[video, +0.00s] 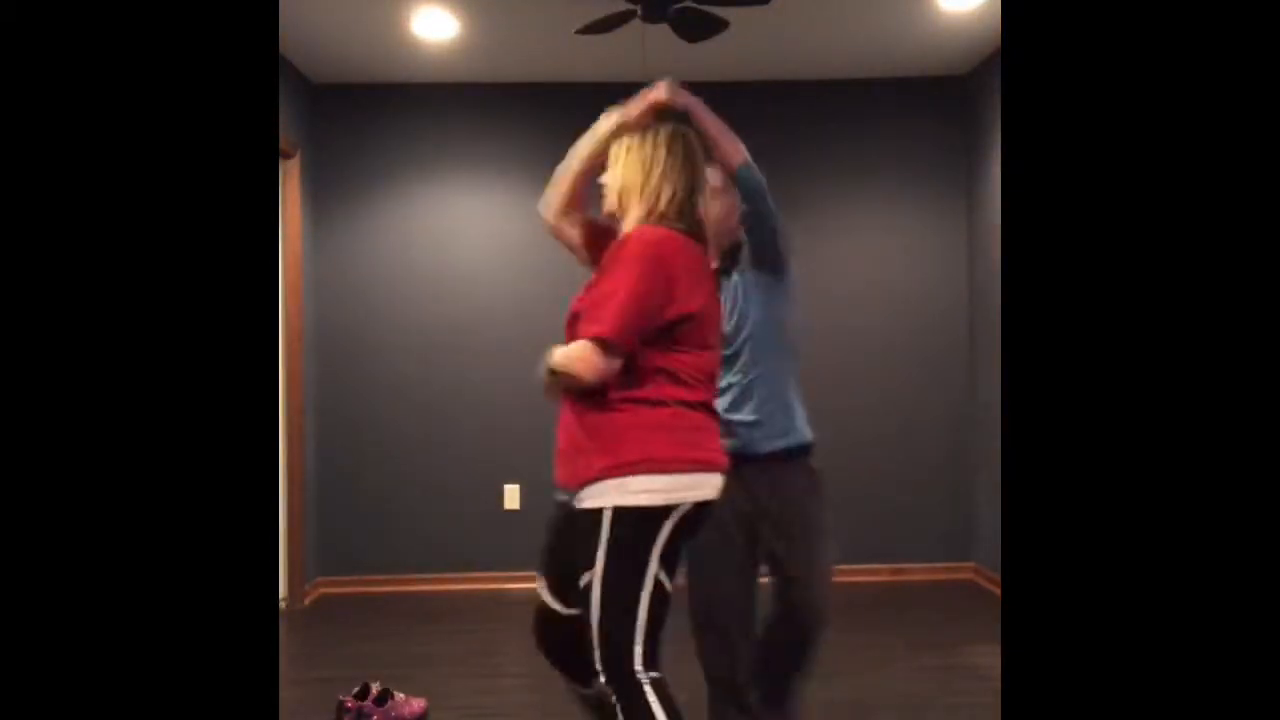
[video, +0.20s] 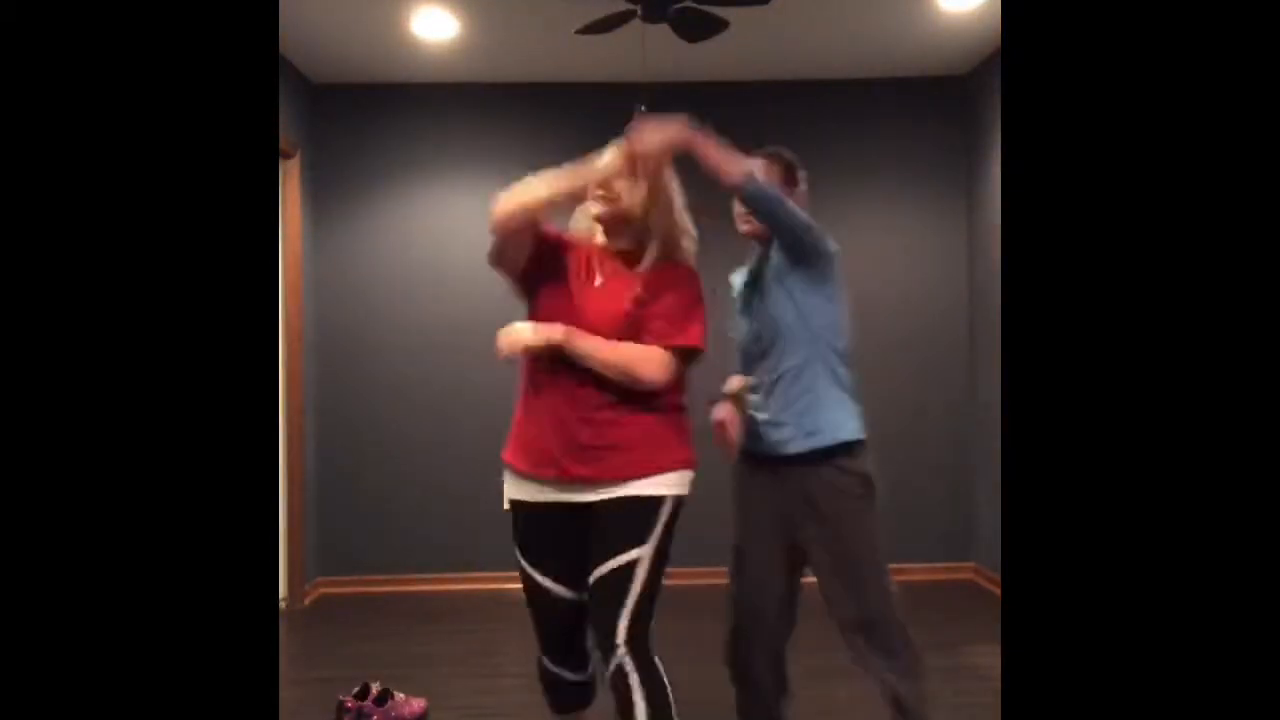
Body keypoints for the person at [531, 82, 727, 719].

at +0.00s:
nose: (606, 173)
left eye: (616, 159)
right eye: (607, 160)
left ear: (638, 169)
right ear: (674, 171)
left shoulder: (654, 247)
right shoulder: (635, 246)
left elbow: (593, 365)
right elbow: (559, 211)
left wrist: (555, 355)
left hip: (647, 482)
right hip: (613, 480)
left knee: (621, 663)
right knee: (562, 634)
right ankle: (623, 708)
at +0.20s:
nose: (605, 187)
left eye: (622, 178)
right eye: (600, 177)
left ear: (652, 195)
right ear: (590, 189)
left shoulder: (671, 276)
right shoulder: (551, 258)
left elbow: (657, 368)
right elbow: (508, 215)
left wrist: (559, 335)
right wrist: (594, 167)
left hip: (638, 481)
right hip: (541, 479)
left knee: (620, 640)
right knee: (560, 648)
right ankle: (573, 713)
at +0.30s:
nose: (621, 194)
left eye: (632, 188)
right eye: (609, 185)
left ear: (646, 205)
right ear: (582, 199)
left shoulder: (661, 275)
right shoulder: (545, 260)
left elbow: (682, 374)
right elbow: (511, 293)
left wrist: (609, 347)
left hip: (640, 476)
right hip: (544, 477)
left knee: (623, 638)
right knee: (568, 640)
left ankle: (635, 713)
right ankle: (575, 715)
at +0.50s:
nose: (628, 200)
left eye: (631, 192)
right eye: (614, 191)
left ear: (633, 205)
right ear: (578, 202)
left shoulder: (644, 281)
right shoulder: (555, 279)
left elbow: (677, 352)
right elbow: (611, 349)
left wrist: (670, 381)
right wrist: (716, 357)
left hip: (633, 460)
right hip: (560, 461)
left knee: (624, 603)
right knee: (588, 609)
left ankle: (583, 695)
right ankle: (583, 710)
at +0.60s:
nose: (632, 203)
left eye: (632, 194)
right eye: (617, 195)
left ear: (632, 206)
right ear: (583, 208)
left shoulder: (638, 279)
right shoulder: (568, 278)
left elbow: (676, 337)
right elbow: (627, 350)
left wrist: (685, 367)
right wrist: (737, 338)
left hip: (622, 456)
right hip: (567, 455)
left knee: (594, 593)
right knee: (598, 595)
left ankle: (564, 706)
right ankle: (590, 710)